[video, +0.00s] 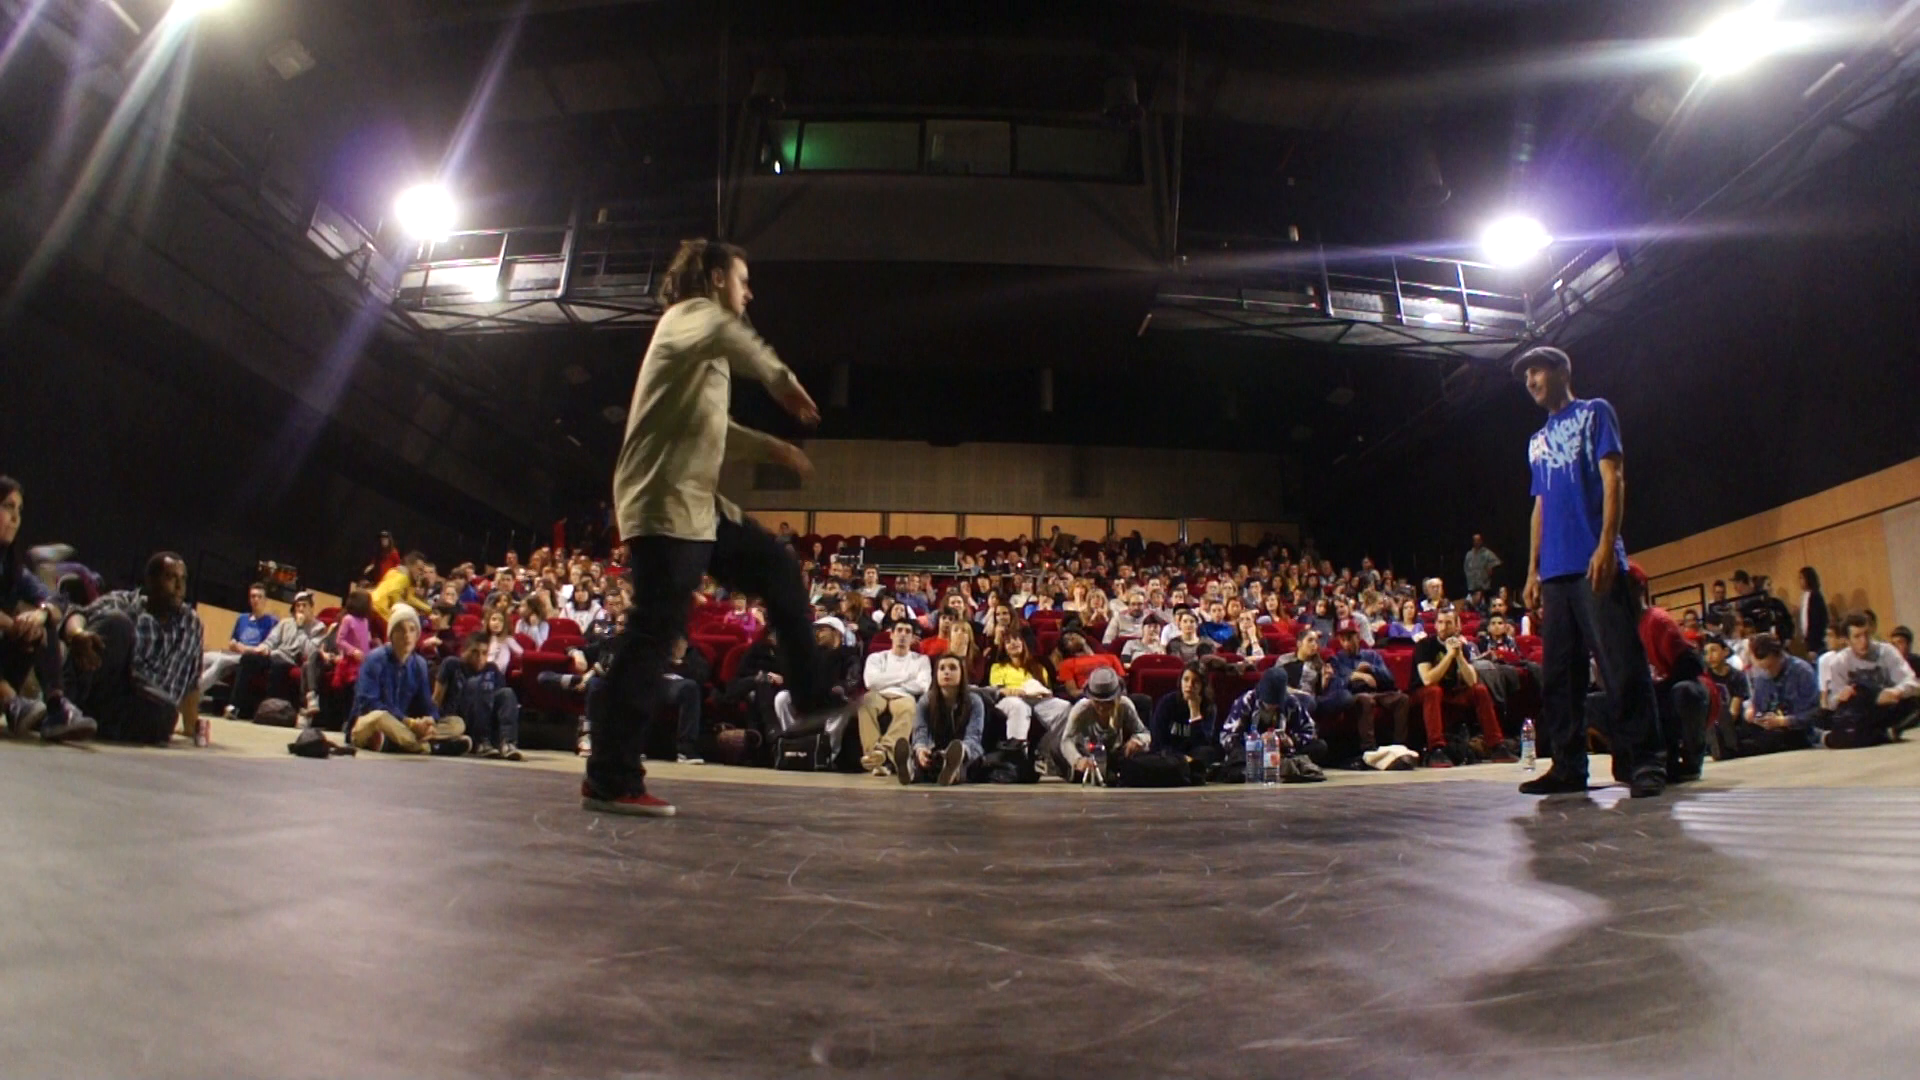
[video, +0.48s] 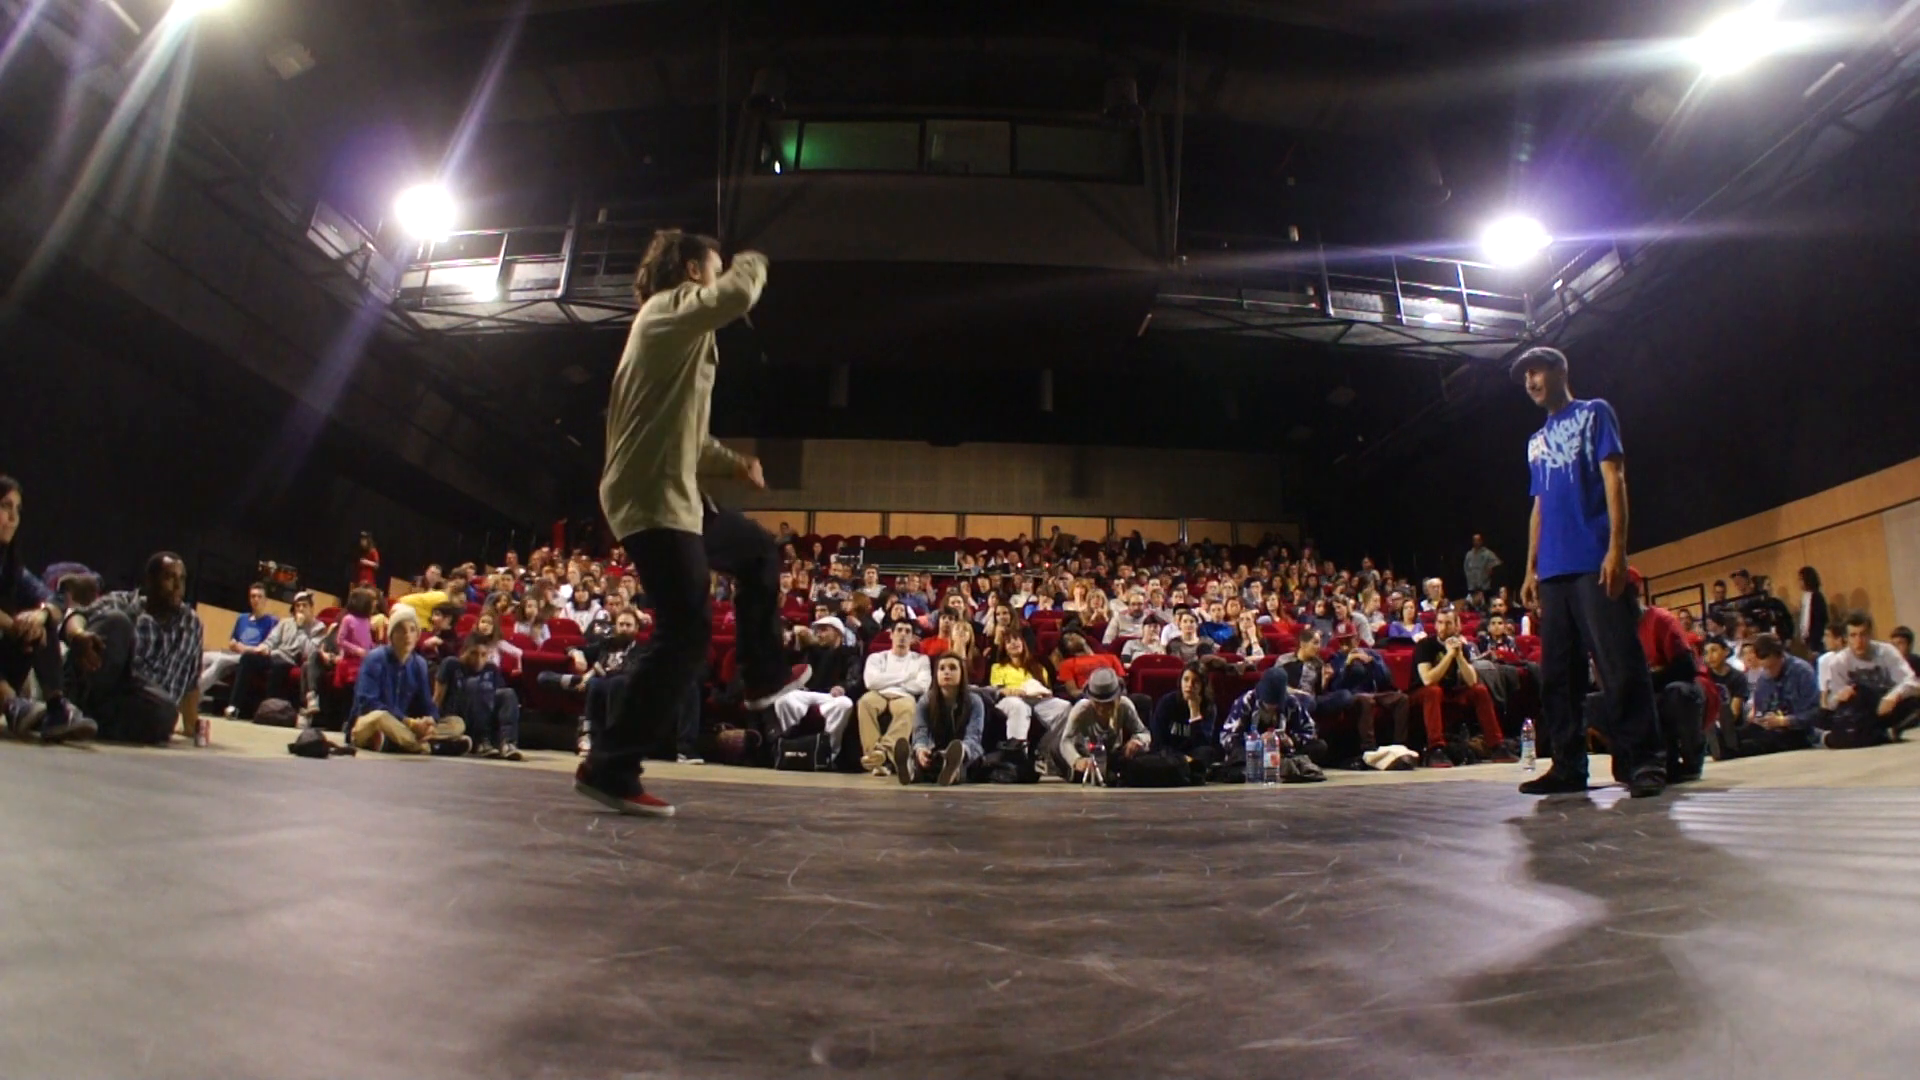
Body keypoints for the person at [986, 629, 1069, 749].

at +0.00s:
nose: (1013, 644)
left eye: (1017, 640)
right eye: (1008, 642)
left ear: (1024, 643)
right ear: (1004, 646)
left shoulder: (1038, 668)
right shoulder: (998, 667)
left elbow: (1048, 692)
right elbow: (997, 690)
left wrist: (1039, 694)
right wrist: (1014, 692)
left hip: (1035, 698)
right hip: (1010, 698)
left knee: (1063, 708)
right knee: (1020, 709)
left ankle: (1046, 754)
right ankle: (1017, 757)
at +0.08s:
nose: (1013, 644)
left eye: (1016, 639)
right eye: (1008, 642)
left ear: (1024, 642)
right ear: (1004, 647)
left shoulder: (1038, 668)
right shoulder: (998, 668)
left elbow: (1048, 692)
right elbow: (997, 690)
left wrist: (1040, 694)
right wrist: (1015, 692)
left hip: (1035, 699)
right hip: (1010, 698)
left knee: (1063, 708)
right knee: (1019, 709)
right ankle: (1017, 757)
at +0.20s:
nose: (1013, 644)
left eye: (1016, 640)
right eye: (1008, 642)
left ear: (1023, 642)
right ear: (1004, 647)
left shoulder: (1038, 668)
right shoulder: (998, 668)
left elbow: (1048, 692)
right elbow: (997, 690)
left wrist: (1040, 694)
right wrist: (1015, 692)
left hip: (1036, 698)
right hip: (1010, 698)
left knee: (1064, 708)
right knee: (1020, 709)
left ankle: (1045, 752)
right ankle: (1018, 756)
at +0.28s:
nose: (1013, 644)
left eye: (1016, 640)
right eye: (1008, 642)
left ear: (1023, 642)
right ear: (1004, 647)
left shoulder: (1038, 668)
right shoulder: (998, 668)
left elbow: (1047, 691)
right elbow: (998, 690)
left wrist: (1040, 694)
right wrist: (1020, 692)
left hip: (1035, 699)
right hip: (1010, 698)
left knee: (1063, 708)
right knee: (1019, 709)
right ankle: (1018, 757)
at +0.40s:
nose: (1014, 644)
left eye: (1016, 640)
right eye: (1009, 642)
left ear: (1024, 642)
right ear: (1004, 647)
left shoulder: (1038, 669)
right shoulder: (998, 668)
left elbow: (1048, 692)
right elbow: (998, 690)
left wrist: (1039, 694)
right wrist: (1018, 692)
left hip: (1035, 699)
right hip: (1010, 698)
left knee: (1063, 707)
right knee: (1019, 708)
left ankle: (1044, 753)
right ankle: (1018, 757)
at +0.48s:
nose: (1014, 644)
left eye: (1017, 640)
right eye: (1009, 642)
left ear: (1024, 643)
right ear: (1004, 647)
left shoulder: (1038, 669)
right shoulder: (998, 668)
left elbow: (1048, 692)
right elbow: (997, 690)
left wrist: (1040, 694)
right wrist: (1014, 692)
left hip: (1035, 698)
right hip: (1010, 698)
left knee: (1064, 708)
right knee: (1019, 709)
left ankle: (1044, 752)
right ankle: (1018, 756)